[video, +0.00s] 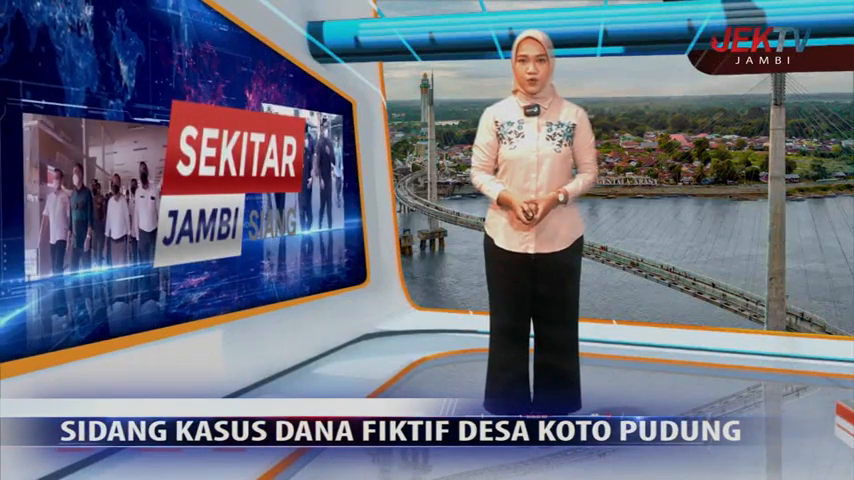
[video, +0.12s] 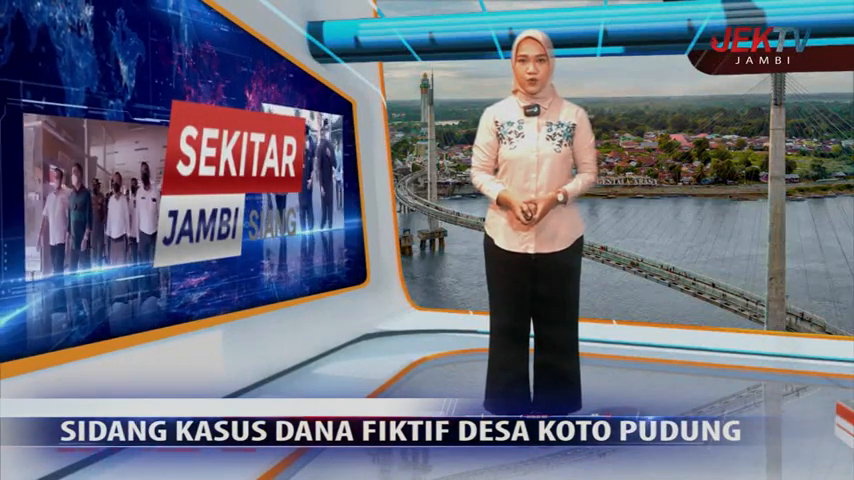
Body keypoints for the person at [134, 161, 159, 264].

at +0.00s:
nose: (142, 173)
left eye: (144, 171)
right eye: (141, 171)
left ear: (147, 173)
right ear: (139, 174)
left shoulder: (155, 189)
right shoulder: (138, 191)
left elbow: (159, 208)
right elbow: (135, 211)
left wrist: (160, 225)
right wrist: (135, 230)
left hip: (154, 227)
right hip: (142, 228)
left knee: (154, 258)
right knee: (143, 258)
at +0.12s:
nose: (144, 173)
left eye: (146, 171)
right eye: (142, 171)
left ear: (149, 173)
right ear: (140, 173)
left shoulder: (156, 191)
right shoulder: (139, 191)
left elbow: (160, 211)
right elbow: (136, 212)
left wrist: (160, 229)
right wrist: (137, 235)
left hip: (155, 230)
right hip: (143, 230)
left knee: (154, 260)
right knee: (143, 261)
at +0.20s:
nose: (146, 174)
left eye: (148, 171)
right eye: (144, 172)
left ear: (151, 173)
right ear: (142, 174)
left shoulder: (157, 191)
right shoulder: (140, 191)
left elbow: (161, 212)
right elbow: (138, 213)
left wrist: (160, 231)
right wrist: (138, 237)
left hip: (156, 231)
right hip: (143, 231)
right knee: (144, 260)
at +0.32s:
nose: (147, 176)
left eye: (149, 173)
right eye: (145, 174)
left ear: (153, 175)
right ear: (143, 175)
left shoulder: (159, 193)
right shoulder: (141, 192)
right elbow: (139, 214)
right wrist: (139, 241)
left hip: (158, 233)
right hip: (145, 233)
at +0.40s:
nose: (150, 176)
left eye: (152, 174)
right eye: (148, 174)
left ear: (155, 176)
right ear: (145, 176)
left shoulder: (160, 195)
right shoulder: (143, 194)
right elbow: (141, 217)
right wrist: (141, 243)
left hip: (160, 238)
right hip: (147, 237)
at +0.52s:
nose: (150, 177)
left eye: (152, 174)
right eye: (148, 175)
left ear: (156, 176)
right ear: (146, 177)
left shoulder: (160, 195)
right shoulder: (144, 195)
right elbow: (142, 219)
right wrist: (142, 242)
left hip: (160, 238)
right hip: (148, 237)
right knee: (147, 267)